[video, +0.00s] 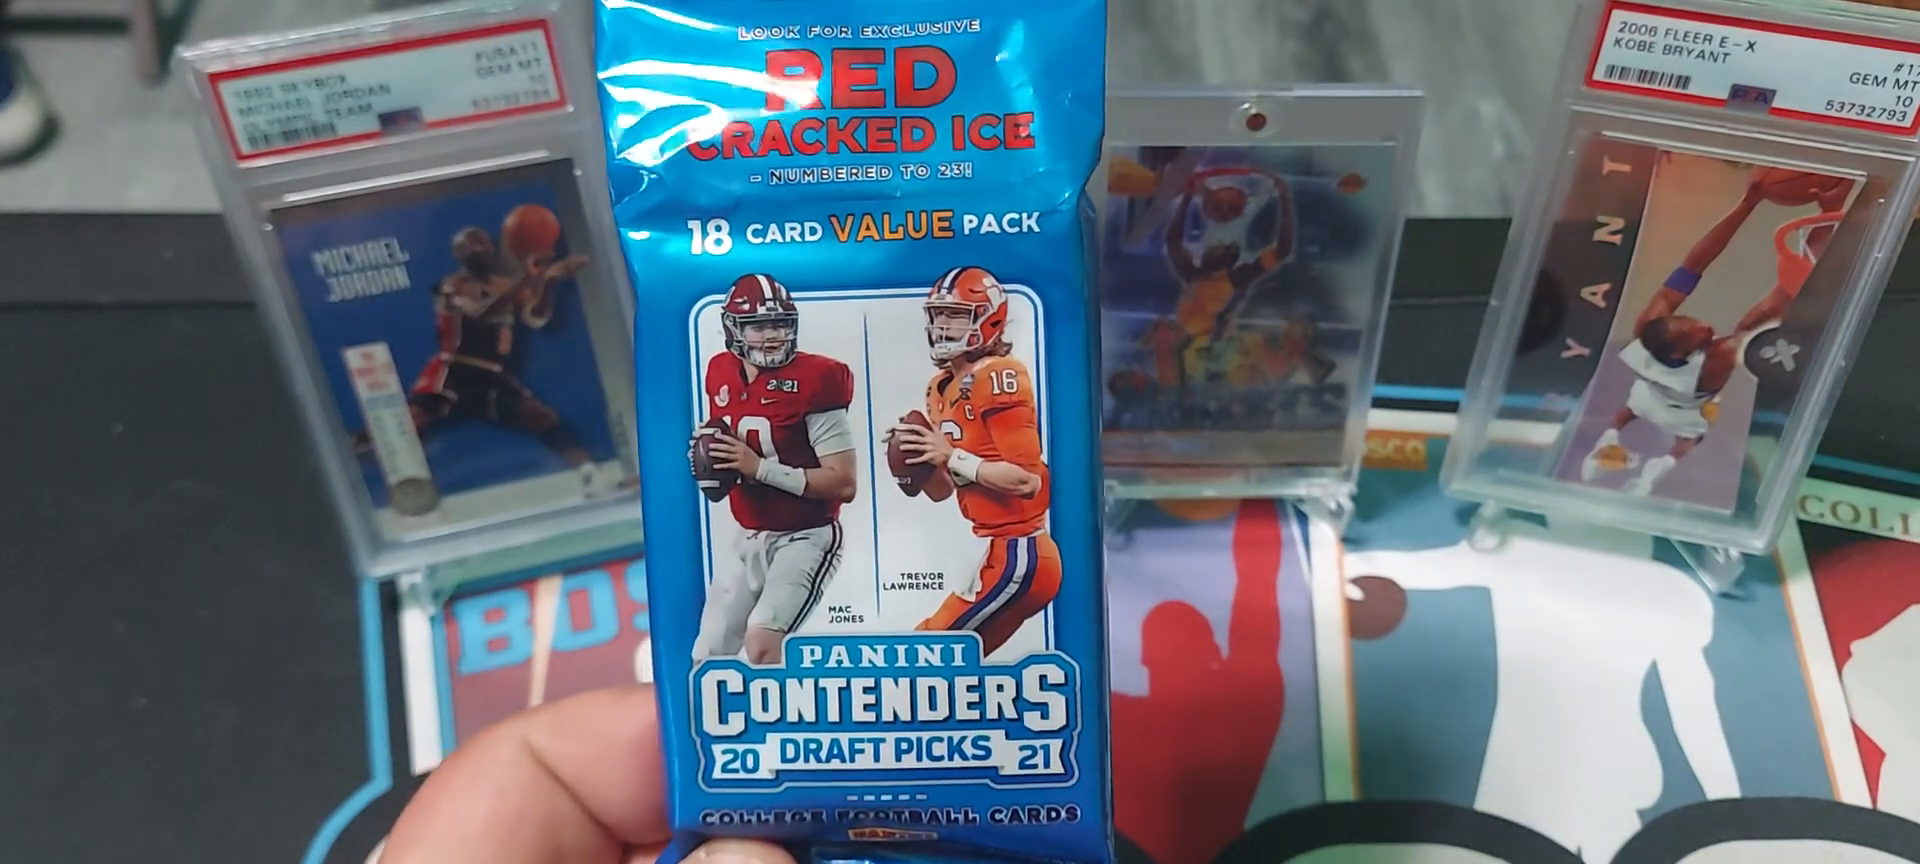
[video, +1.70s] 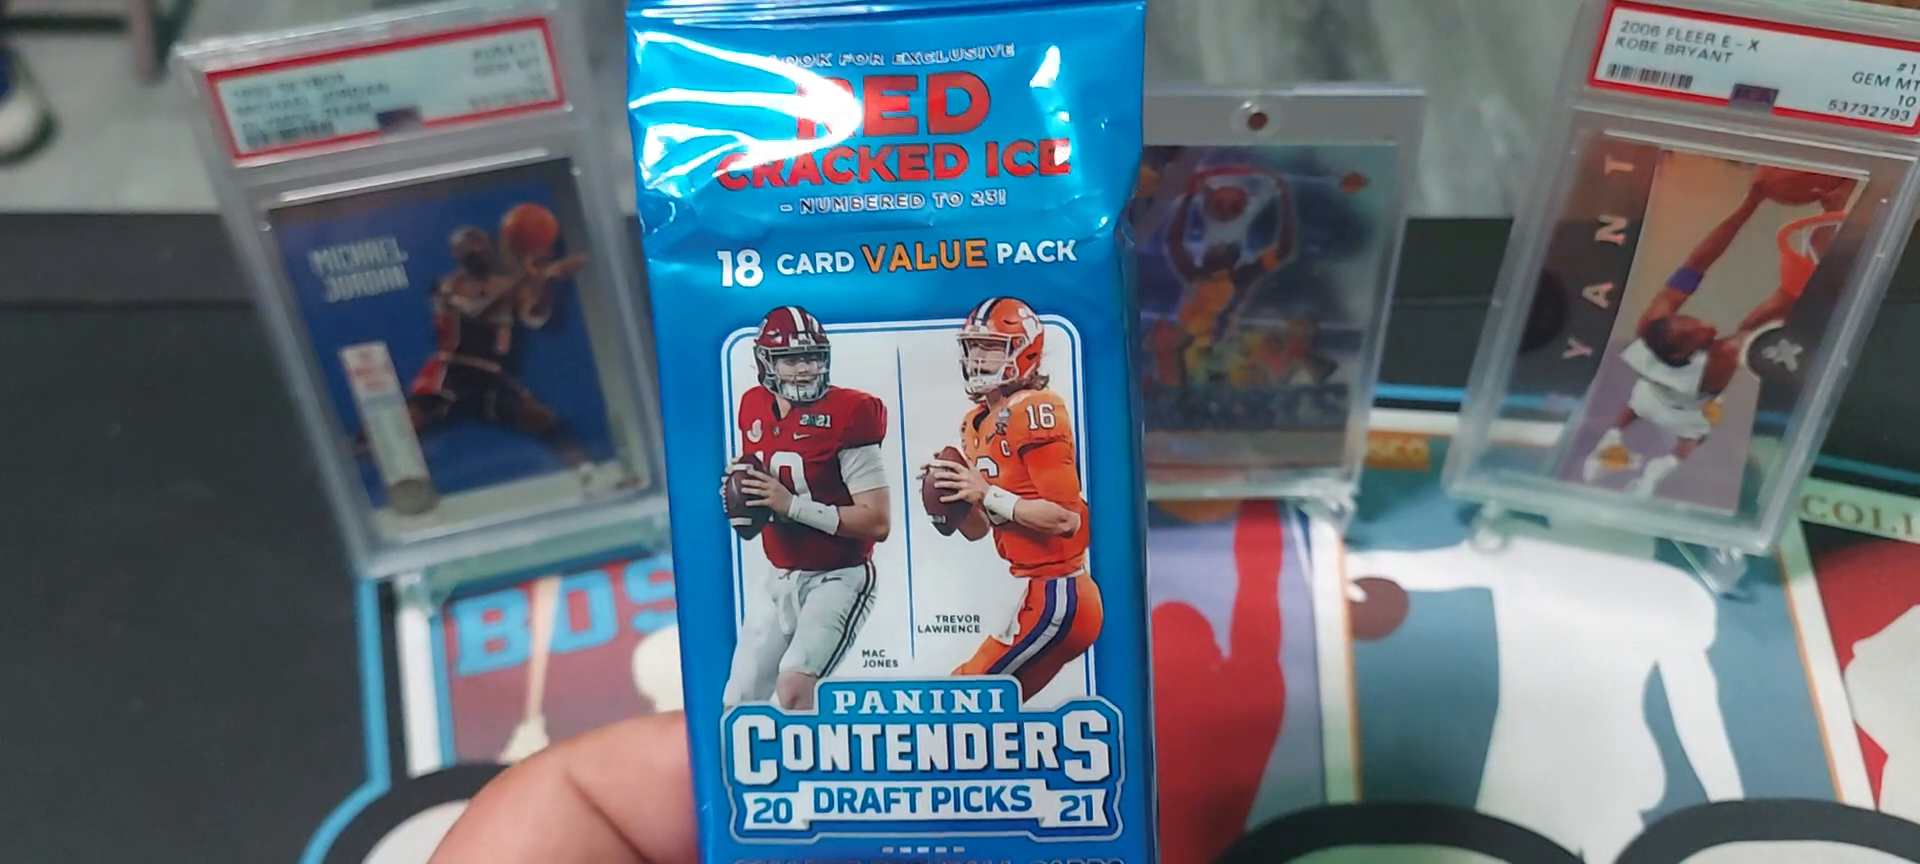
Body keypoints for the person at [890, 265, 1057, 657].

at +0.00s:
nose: (943, 328)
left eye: (956, 317)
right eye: (938, 316)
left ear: (988, 321)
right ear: (929, 319)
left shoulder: (998, 375)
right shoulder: (940, 386)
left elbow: (1025, 480)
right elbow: (940, 490)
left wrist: (950, 455)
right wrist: (912, 457)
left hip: (1020, 555)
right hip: (1003, 553)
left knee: (922, 656)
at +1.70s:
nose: (978, 360)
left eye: (992, 349)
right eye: (973, 348)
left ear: (1024, 354)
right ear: (963, 352)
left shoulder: (1035, 409)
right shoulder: (974, 422)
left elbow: (1064, 518)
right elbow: (975, 528)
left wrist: (986, 493)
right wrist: (948, 492)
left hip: (1058, 596)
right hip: (1043, 593)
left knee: (958, 702)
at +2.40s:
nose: (1033, 381)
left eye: (1049, 369)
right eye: (1028, 367)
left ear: (1083, 378)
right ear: (1018, 371)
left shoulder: (1095, 435)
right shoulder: (1032, 447)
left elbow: (1124, 551)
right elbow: (1029, 558)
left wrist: (1041, 523)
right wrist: (999, 528)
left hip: (1115, 633)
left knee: (1012, 739)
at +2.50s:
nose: (1087, 412)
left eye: (1103, 399)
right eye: (1082, 398)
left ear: (1139, 409)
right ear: (1074, 401)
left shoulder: (1151, 468)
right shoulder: (1086, 479)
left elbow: (1180, 587)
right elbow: (1081, 592)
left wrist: (1093, 556)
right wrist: (1050, 563)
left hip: (1169, 672)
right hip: (1145, 668)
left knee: (1057, 778)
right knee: (1073, 788)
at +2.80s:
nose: (1142, 409)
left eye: (1158, 398)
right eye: (1139, 397)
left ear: (1194, 406)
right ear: (1130, 400)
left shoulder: (1203, 468)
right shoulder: (1134, 474)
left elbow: (1222, 584)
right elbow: (1126, 588)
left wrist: (1140, 551)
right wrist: (1097, 555)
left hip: (1210, 669)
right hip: (1186, 664)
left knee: (1093, 768)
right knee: (1108, 779)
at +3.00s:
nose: (1187, 383)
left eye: (1203, 373)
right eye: (1184, 369)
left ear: (1238, 382)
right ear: (1173, 370)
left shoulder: (1242, 443)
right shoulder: (1173, 445)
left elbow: (1253, 559)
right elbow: (1158, 558)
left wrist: (1173, 522)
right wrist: (1135, 522)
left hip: (1236, 642)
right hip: (1213, 637)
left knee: (1112, 735)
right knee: (1129, 746)